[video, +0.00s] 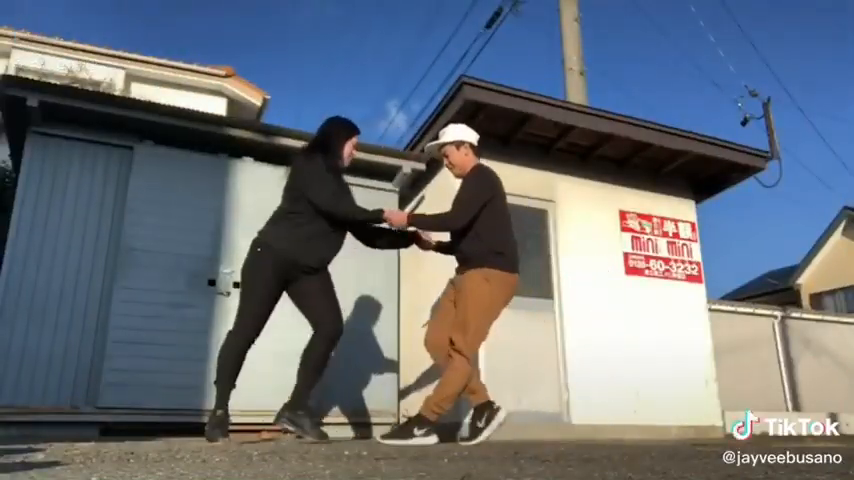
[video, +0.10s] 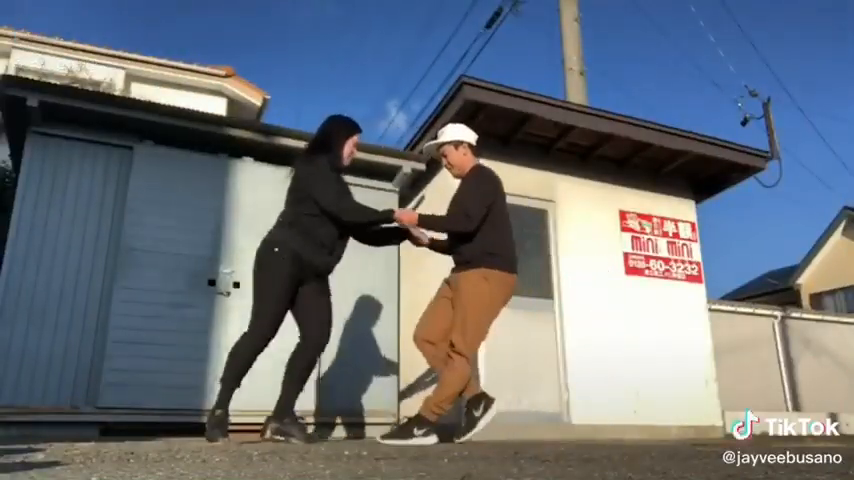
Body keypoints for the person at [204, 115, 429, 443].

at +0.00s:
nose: (354, 153)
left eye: (355, 146)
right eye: (351, 145)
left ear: (338, 145)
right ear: (335, 141)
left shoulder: (338, 186)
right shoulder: (309, 163)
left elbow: (370, 236)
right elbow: (334, 207)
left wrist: (412, 238)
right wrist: (380, 215)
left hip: (307, 268)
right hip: (271, 256)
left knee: (329, 329)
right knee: (245, 331)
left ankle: (296, 409)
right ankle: (219, 410)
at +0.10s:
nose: (355, 152)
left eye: (356, 146)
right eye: (352, 144)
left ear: (336, 143)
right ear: (336, 140)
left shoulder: (334, 182)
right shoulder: (316, 166)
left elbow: (368, 235)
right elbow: (343, 210)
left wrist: (405, 233)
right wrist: (392, 215)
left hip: (311, 270)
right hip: (282, 257)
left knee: (316, 336)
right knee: (262, 329)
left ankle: (282, 416)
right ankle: (220, 409)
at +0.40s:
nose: (377, 146)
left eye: (378, 139)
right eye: (374, 139)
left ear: (345, 135)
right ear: (359, 136)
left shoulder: (325, 165)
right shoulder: (365, 170)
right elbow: (405, 204)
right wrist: (454, 210)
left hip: (300, 244)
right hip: (337, 244)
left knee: (293, 331)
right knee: (365, 324)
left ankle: (280, 418)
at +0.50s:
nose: (386, 148)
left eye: (387, 142)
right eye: (383, 141)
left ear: (354, 138)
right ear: (368, 139)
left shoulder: (334, 170)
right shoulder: (375, 174)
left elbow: (360, 202)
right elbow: (414, 207)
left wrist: (398, 212)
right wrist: (461, 213)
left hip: (314, 248)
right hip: (352, 250)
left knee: (307, 335)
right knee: (383, 331)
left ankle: (288, 418)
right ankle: (387, 418)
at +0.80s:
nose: (418, 149)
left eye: (419, 144)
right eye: (415, 142)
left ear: (406, 143)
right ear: (397, 140)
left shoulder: (406, 179)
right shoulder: (379, 163)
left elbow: (428, 216)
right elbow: (413, 169)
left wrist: (455, 202)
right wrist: (460, 172)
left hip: (400, 270)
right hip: (370, 264)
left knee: (434, 332)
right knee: (403, 334)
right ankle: (389, 419)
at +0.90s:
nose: (427, 153)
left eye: (432, 148)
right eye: (423, 145)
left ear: (435, 151)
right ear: (405, 139)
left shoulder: (431, 175)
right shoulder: (378, 163)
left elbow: (453, 187)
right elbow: (404, 132)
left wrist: (463, 191)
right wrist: (455, 130)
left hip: (418, 261)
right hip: (375, 261)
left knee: (437, 335)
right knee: (390, 331)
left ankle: (469, 413)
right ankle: (389, 416)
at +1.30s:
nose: (370, 146)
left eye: (373, 141)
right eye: (372, 141)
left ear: (382, 144)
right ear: (410, 145)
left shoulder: (373, 176)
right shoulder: (425, 177)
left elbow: (358, 218)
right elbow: (445, 179)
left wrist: (383, 193)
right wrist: (441, 147)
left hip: (399, 267)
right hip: (430, 267)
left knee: (379, 338)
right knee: (410, 345)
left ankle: (444, 389)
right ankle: (410, 426)